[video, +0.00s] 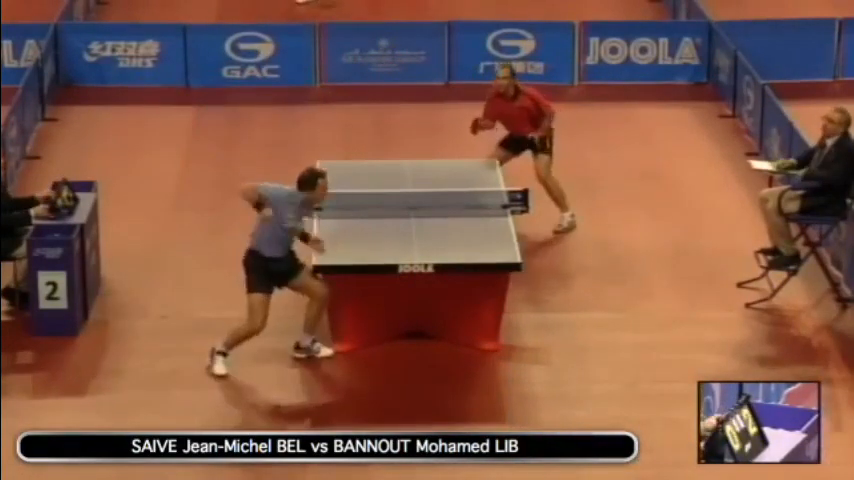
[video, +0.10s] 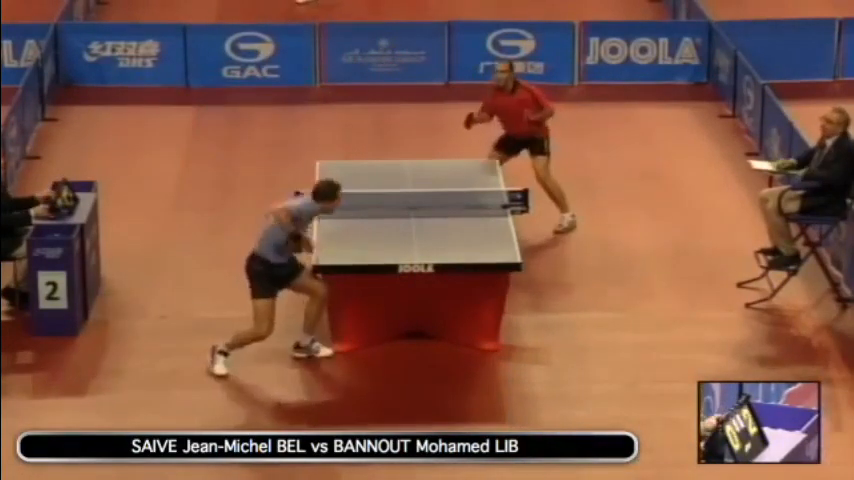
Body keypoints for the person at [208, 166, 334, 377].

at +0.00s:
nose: (326, 192)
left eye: (326, 187)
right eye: (323, 188)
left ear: (313, 188)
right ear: (312, 189)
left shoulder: (306, 205)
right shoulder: (284, 196)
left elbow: (291, 226)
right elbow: (248, 191)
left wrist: (308, 239)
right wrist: (261, 207)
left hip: (283, 259)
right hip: (259, 259)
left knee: (320, 292)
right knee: (256, 324)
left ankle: (306, 342)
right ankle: (220, 352)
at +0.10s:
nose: (339, 204)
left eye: (339, 199)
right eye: (337, 200)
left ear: (322, 197)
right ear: (328, 201)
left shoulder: (311, 207)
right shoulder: (305, 205)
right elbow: (278, 211)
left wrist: (300, 241)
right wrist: (295, 236)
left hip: (283, 263)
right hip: (261, 264)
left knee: (319, 291)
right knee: (262, 330)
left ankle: (305, 342)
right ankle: (221, 351)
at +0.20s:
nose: (341, 209)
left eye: (342, 204)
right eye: (341, 204)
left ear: (322, 196)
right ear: (335, 204)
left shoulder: (305, 204)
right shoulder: (319, 213)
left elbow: (268, 215)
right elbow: (302, 225)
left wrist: (288, 238)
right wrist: (309, 252)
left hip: (281, 265)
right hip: (266, 266)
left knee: (318, 291)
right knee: (268, 332)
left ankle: (305, 342)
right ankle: (222, 349)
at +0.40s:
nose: (340, 189)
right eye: (341, 184)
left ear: (319, 179)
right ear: (338, 183)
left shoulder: (303, 191)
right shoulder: (333, 198)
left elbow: (266, 207)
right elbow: (326, 219)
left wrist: (267, 236)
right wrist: (329, 247)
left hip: (271, 249)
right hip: (290, 256)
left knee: (306, 290)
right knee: (296, 323)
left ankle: (304, 341)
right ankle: (248, 345)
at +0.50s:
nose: (339, 177)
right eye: (339, 173)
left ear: (316, 169)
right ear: (337, 173)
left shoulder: (297, 184)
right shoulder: (333, 192)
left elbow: (268, 205)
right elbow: (324, 222)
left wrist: (271, 234)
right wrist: (332, 249)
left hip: (274, 247)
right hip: (296, 251)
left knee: (289, 295)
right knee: (322, 311)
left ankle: (277, 345)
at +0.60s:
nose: (336, 178)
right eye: (336, 174)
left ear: (314, 172)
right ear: (335, 176)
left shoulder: (295, 191)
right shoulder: (332, 199)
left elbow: (268, 216)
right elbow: (326, 236)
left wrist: (270, 245)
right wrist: (337, 259)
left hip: (277, 257)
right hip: (303, 261)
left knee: (283, 303)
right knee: (331, 317)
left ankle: (259, 355)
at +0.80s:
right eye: (333, 180)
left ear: (311, 178)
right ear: (333, 183)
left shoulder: (293, 196)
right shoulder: (327, 212)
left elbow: (266, 220)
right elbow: (332, 255)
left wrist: (276, 242)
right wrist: (355, 264)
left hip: (272, 265)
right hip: (300, 271)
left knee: (269, 300)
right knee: (330, 320)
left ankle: (256, 352)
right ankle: (331, 382)